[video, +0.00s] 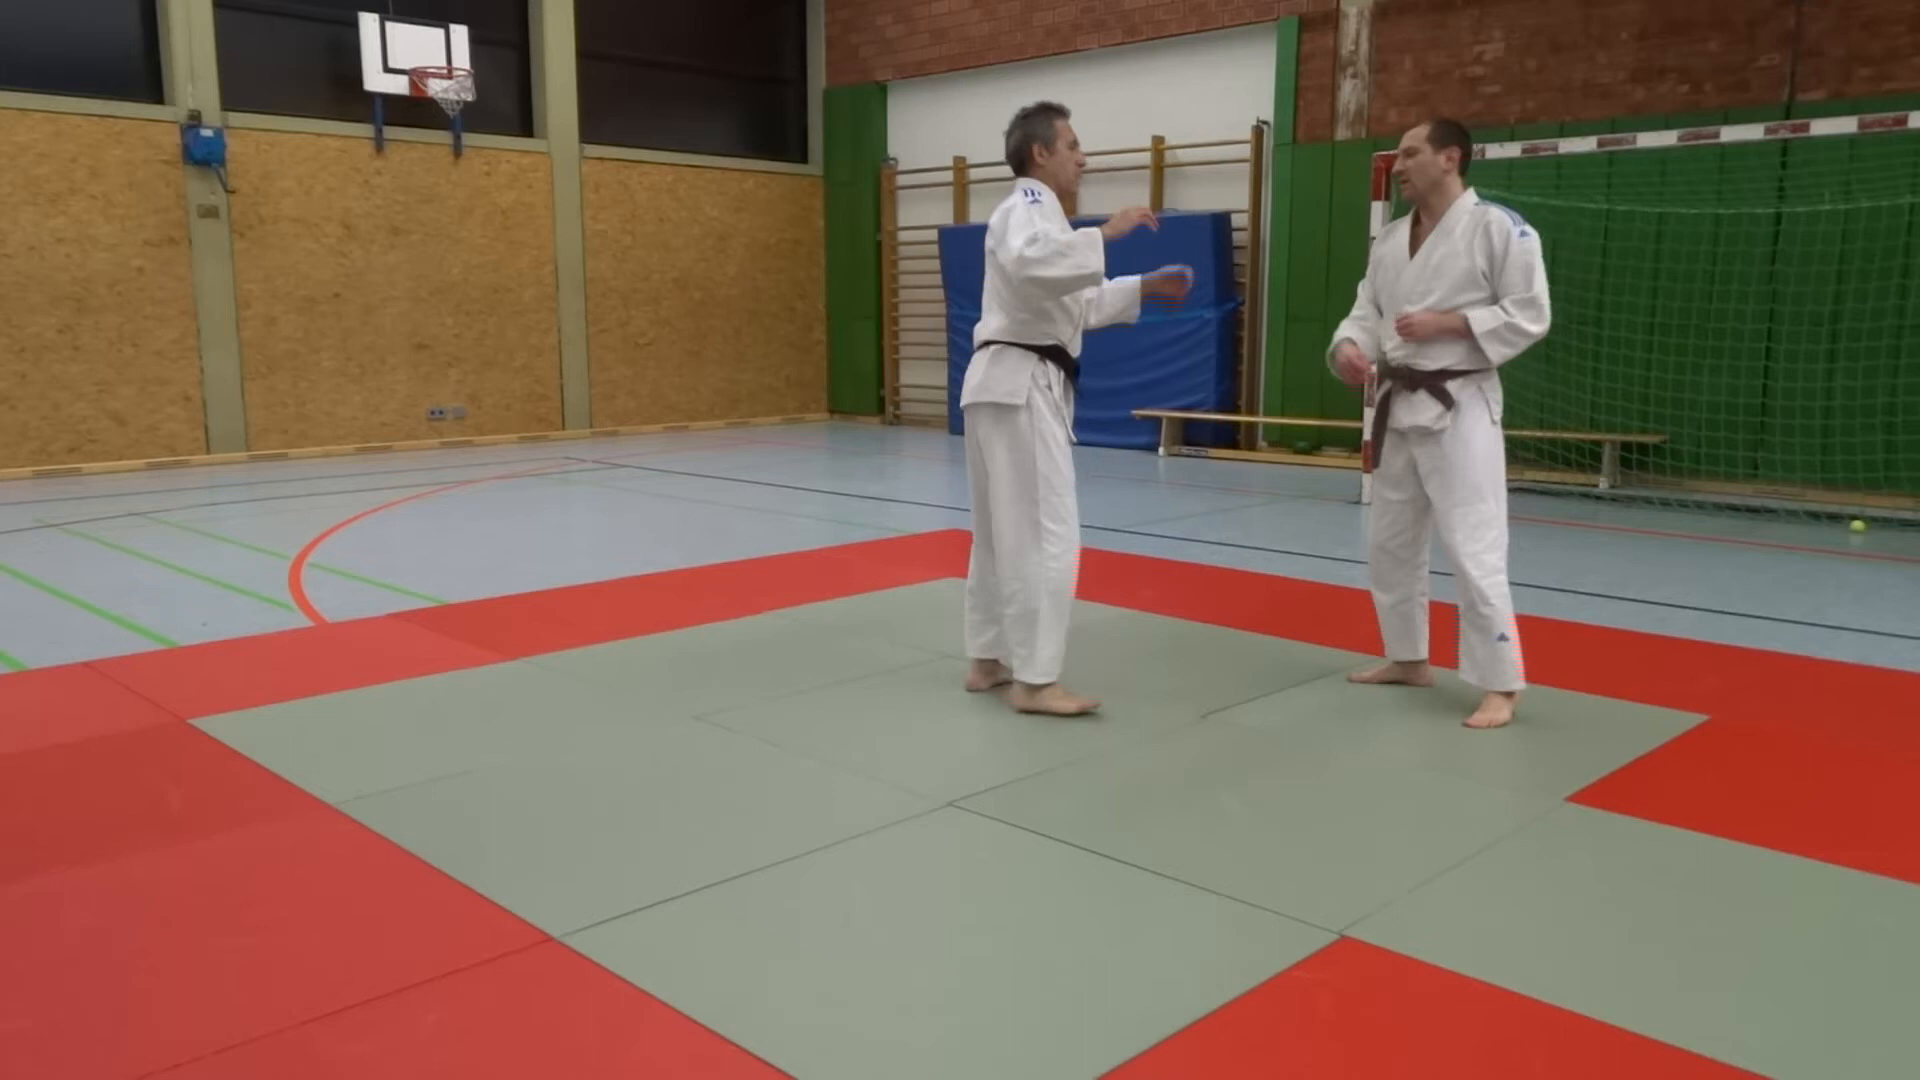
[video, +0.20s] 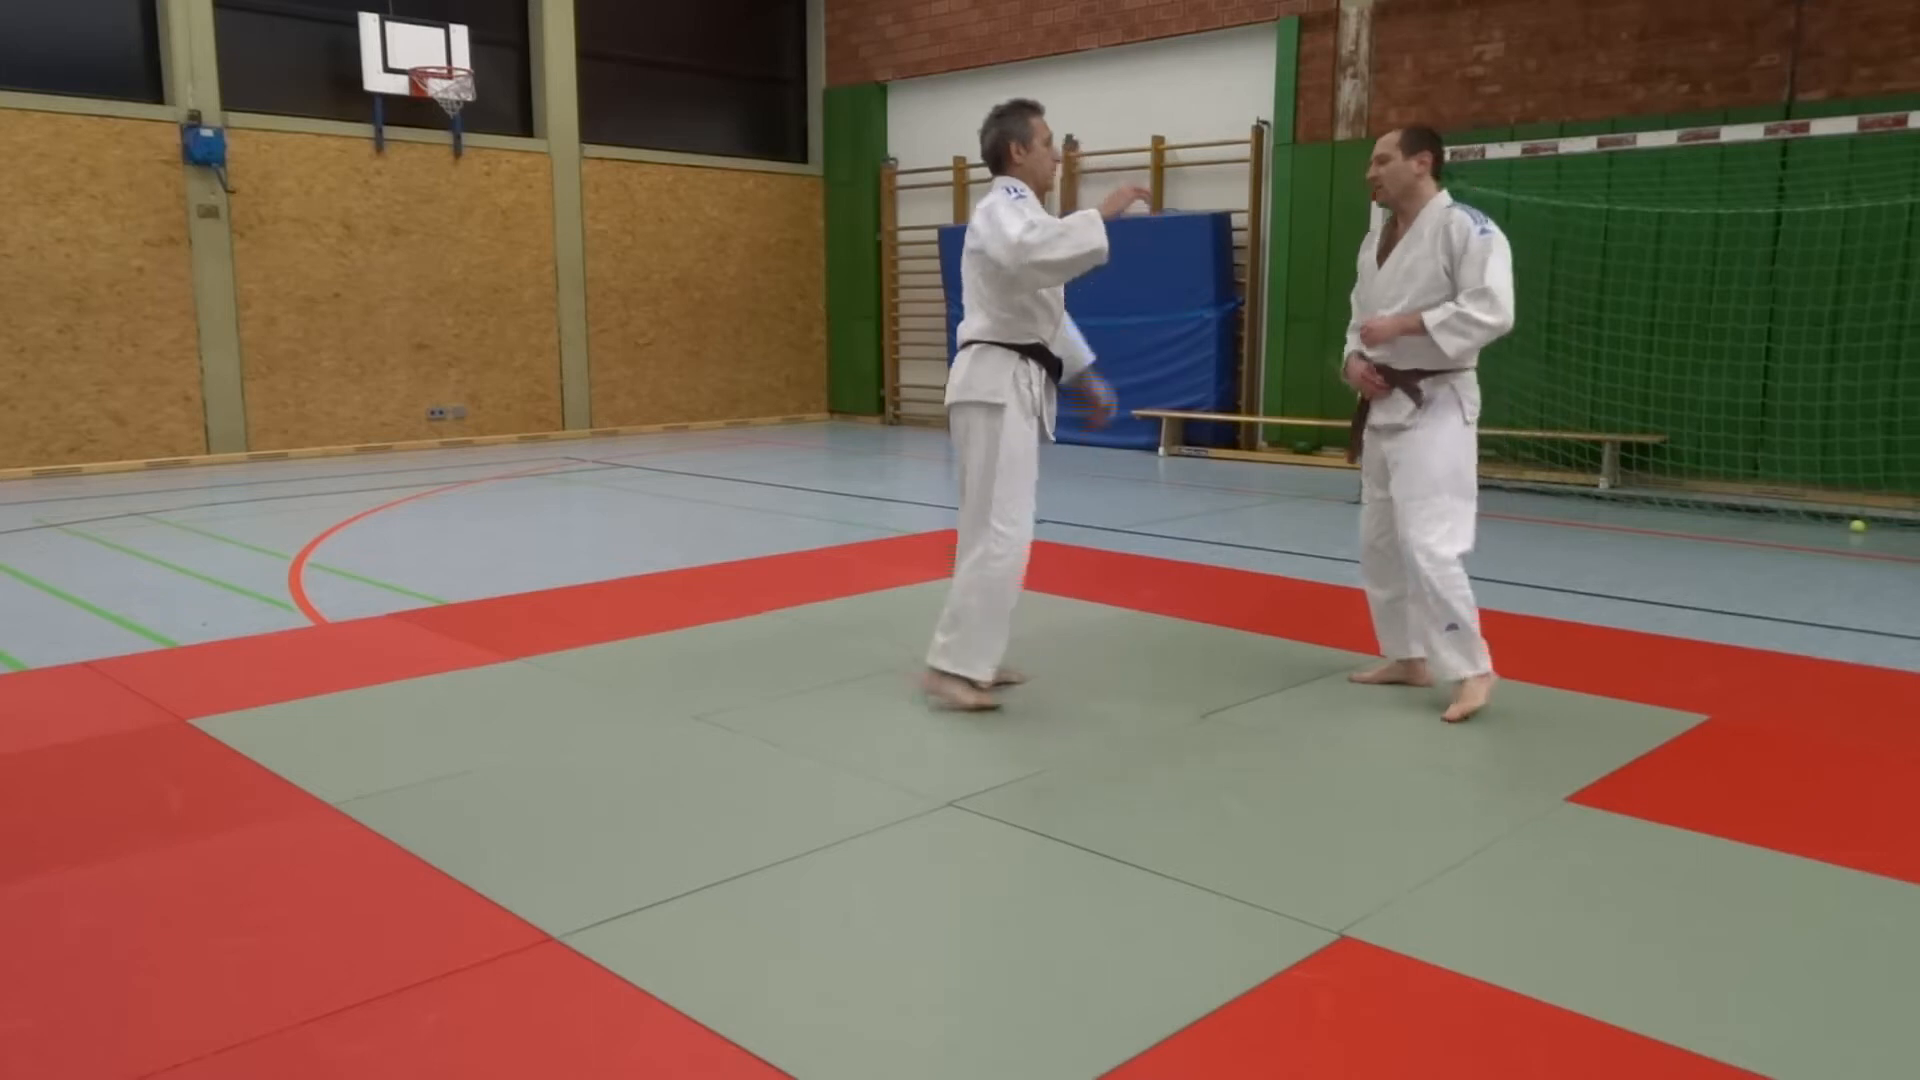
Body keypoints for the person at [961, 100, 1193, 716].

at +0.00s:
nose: (1084, 158)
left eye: (1080, 146)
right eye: (1073, 147)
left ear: (1039, 158)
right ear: (1040, 155)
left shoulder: (1037, 219)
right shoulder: (1029, 204)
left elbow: (1070, 309)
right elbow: (1033, 260)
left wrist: (1142, 288)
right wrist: (1106, 230)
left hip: (1000, 379)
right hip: (1024, 382)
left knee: (1000, 524)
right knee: (1050, 533)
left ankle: (988, 661)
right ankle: (1037, 683)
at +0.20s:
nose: (1058, 154)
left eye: (1054, 144)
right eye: (1048, 143)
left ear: (1017, 154)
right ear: (1018, 151)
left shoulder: (1024, 212)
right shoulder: (1001, 204)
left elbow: (1048, 310)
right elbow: (1030, 253)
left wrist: (1084, 375)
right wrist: (1104, 213)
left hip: (1013, 378)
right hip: (996, 378)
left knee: (994, 527)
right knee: (999, 532)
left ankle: (970, 656)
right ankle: (954, 667)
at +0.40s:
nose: (1042, 152)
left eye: (1038, 141)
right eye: (1032, 142)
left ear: (999, 153)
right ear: (1001, 152)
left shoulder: (1003, 209)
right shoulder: (982, 206)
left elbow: (1030, 257)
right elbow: (1027, 257)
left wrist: (1074, 223)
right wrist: (1085, 219)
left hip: (999, 381)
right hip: (973, 379)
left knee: (986, 527)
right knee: (955, 528)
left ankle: (978, 656)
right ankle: (904, 669)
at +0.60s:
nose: (1024, 156)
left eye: (1021, 145)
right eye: (1015, 145)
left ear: (984, 154)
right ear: (983, 153)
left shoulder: (989, 214)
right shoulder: (957, 211)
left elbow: (1017, 289)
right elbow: (1012, 281)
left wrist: (1058, 262)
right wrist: (1068, 251)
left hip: (968, 383)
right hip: (939, 383)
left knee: (965, 526)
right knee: (937, 532)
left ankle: (976, 655)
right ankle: (902, 678)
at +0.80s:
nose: (1003, 164)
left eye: (1001, 152)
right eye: (996, 153)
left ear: (960, 159)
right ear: (965, 159)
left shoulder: (960, 217)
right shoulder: (931, 218)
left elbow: (984, 299)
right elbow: (997, 303)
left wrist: (1020, 327)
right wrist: (1050, 295)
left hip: (924, 385)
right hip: (899, 386)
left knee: (927, 522)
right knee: (909, 528)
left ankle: (929, 652)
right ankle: (900, 680)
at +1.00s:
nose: (966, 158)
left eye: (963, 147)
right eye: (958, 148)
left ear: (923, 157)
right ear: (931, 156)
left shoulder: (917, 215)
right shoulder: (903, 215)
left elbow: (948, 280)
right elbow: (931, 304)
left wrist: (1023, 273)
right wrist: (996, 339)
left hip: (871, 382)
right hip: (879, 386)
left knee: (864, 520)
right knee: (894, 528)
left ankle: (837, 647)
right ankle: (892, 678)